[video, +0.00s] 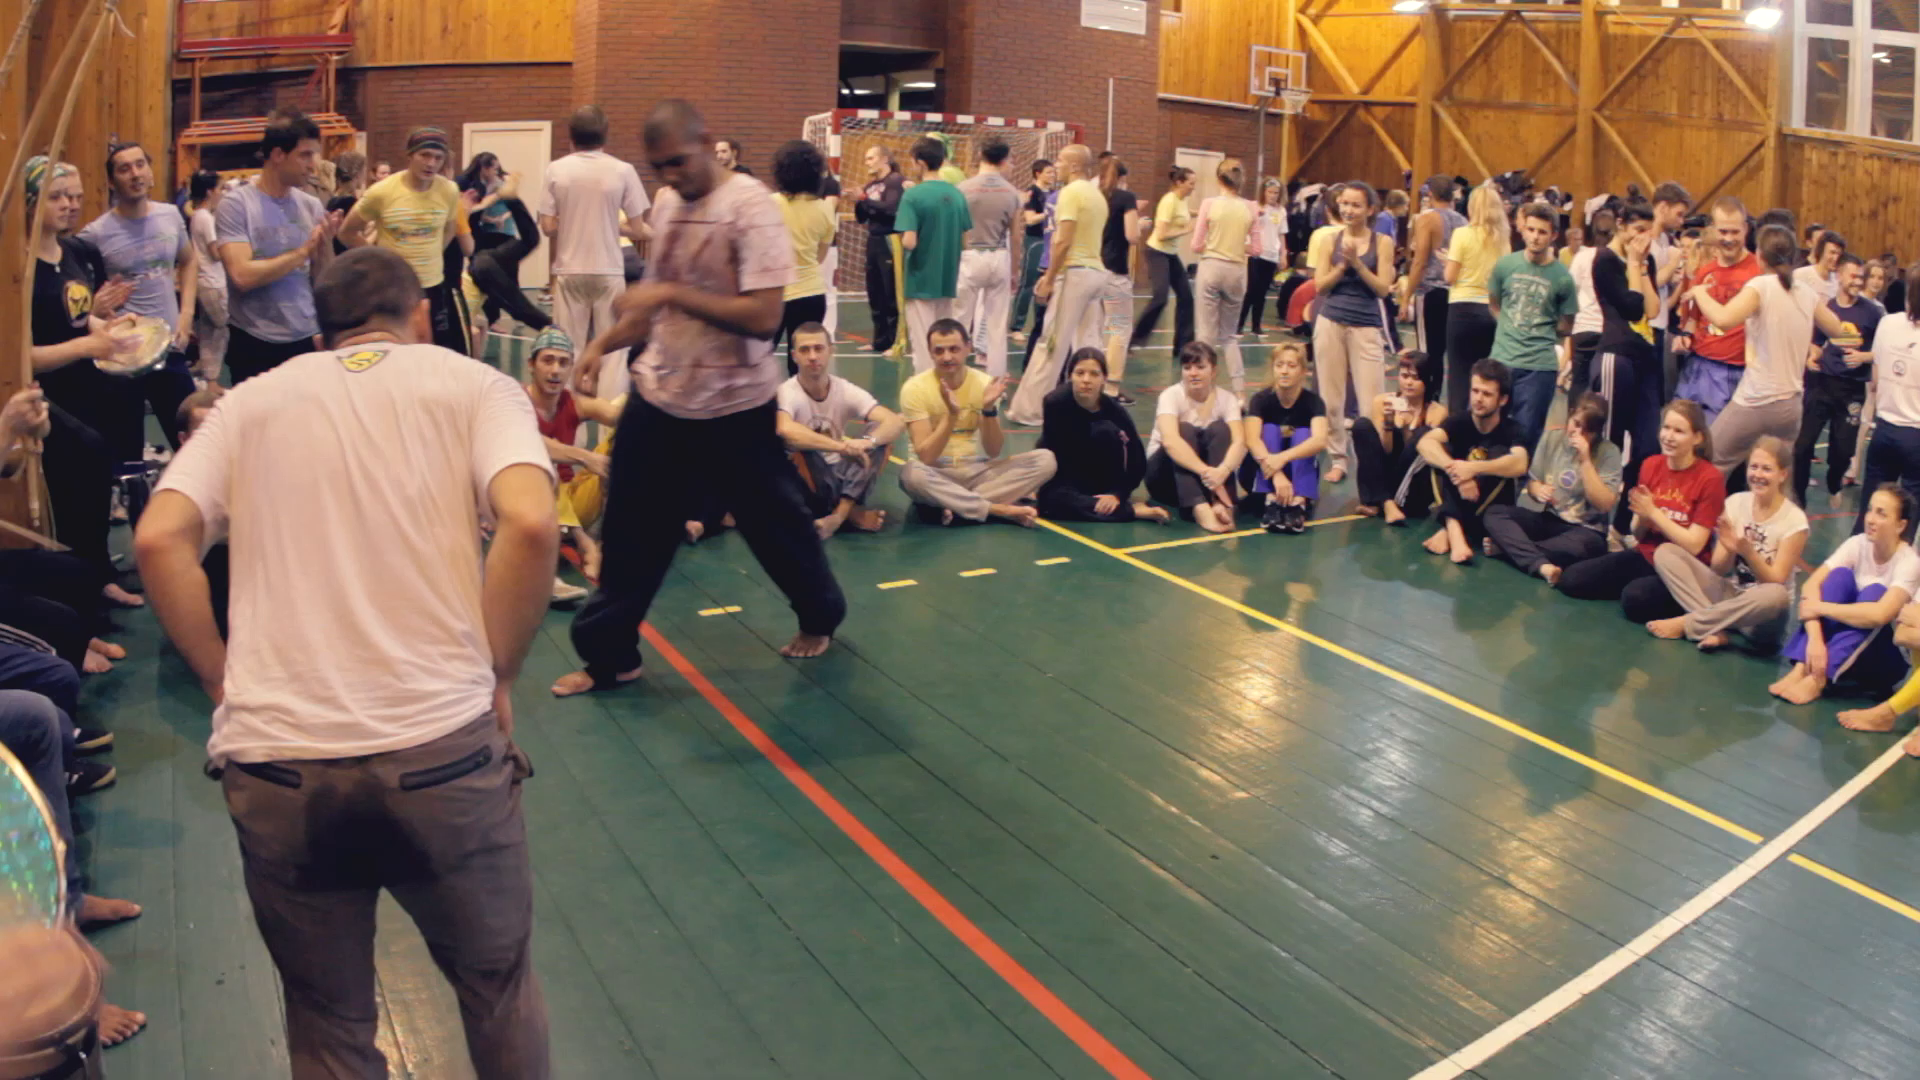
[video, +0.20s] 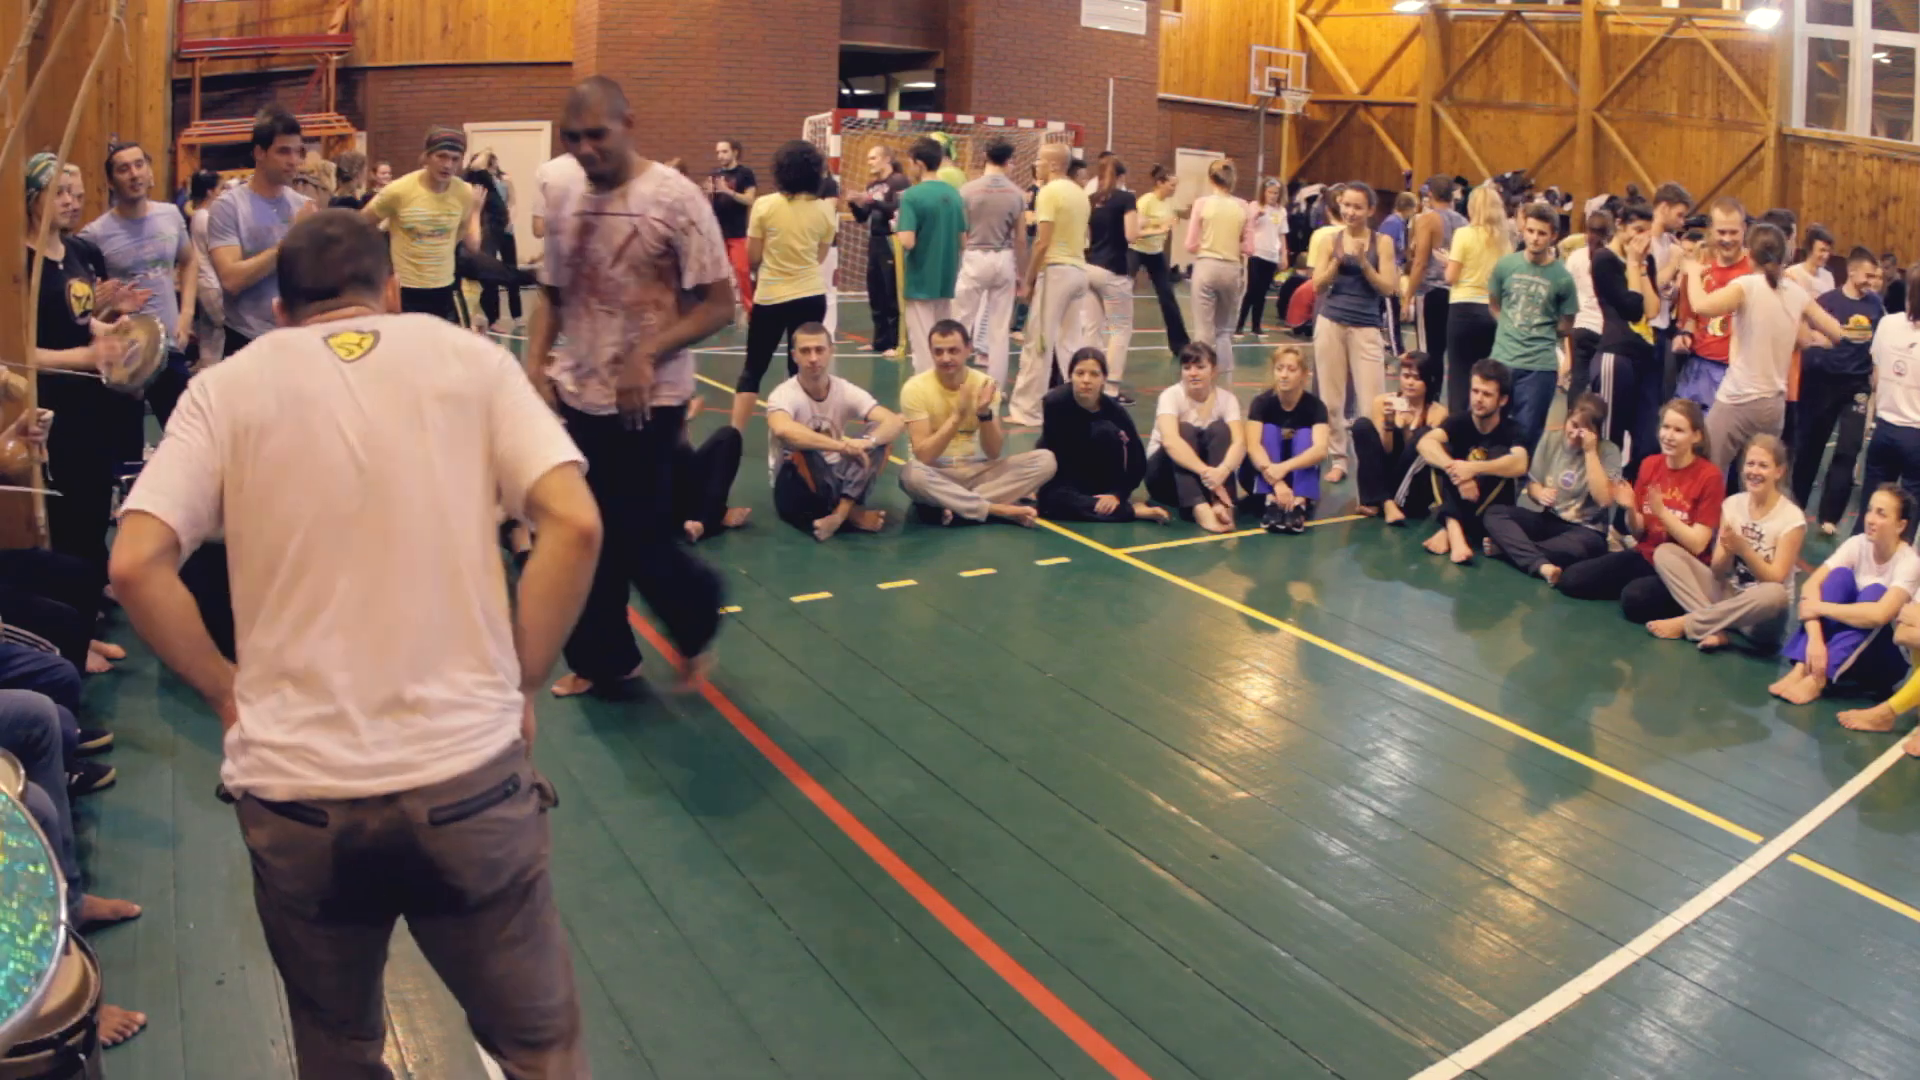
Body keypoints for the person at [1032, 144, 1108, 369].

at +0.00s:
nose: (1056, 166)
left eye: (1060, 161)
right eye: (1058, 160)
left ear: (1074, 165)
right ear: (1079, 166)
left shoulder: (1070, 192)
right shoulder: (1097, 195)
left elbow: (1064, 240)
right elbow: (1094, 239)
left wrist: (1048, 277)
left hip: (1074, 270)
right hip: (1097, 270)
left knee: (1053, 340)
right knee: (1089, 339)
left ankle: (1026, 399)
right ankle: (1091, 399)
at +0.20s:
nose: (1035, 164)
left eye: (1039, 159)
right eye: (1037, 159)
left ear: (1053, 164)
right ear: (1061, 164)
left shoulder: (1048, 192)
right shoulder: (1080, 193)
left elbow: (1043, 241)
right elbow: (1084, 238)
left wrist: (1029, 278)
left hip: (1054, 270)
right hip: (1079, 268)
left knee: (1037, 340)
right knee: (1071, 340)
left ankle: (1025, 407)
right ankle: (1084, 402)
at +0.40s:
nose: (1019, 165)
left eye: (1023, 160)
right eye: (1021, 159)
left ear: (1034, 163)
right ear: (1046, 163)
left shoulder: (1032, 192)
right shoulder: (1066, 192)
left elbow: (1022, 242)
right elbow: (1072, 236)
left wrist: (1009, 280)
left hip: (1042, 266)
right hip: (1066, 266)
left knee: (1033, 338)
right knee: (1051, 340)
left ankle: (1028, 407)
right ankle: (1059, 402)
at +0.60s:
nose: (1009, 165)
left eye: (1012, 161)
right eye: (1010, 160)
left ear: (1022, 163)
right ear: (1036, 164)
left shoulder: (1020, 191)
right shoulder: (1055, 192)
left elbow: (1013, 239)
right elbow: (1064, 237)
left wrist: (999, 280)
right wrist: (1061, 265)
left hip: (1035, 266)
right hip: (1056, 266)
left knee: (1029, 338)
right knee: (1037, 337)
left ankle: (1028, 406)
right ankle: (1028, 402)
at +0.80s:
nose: (1002, 163)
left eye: (1005, 159)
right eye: (1004, 158)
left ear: (1016, 162)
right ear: (1029, 163)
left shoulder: (1014, 190)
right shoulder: (1046, 191)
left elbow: (1010, 237)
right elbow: (1052, 235)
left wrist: (997, 278)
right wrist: (1047, 261)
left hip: (1026, 264)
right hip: (1046, 264)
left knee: (1025, 338)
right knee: (1022, 337)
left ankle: (1029, 407)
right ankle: (1020, 401)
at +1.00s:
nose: (998, 162)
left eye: (1001, 157)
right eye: (999, 157)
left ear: (1014, 160)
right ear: (1023, 161)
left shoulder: (1012, 187)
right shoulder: (1037, 188)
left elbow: (1010, 234)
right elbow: (1043, 225)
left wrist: (999, 274)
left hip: (1022, 262)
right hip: (1039, 261)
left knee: (1019, 336)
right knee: (1014, 335)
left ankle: (1028, 406)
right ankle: (1018, 400)